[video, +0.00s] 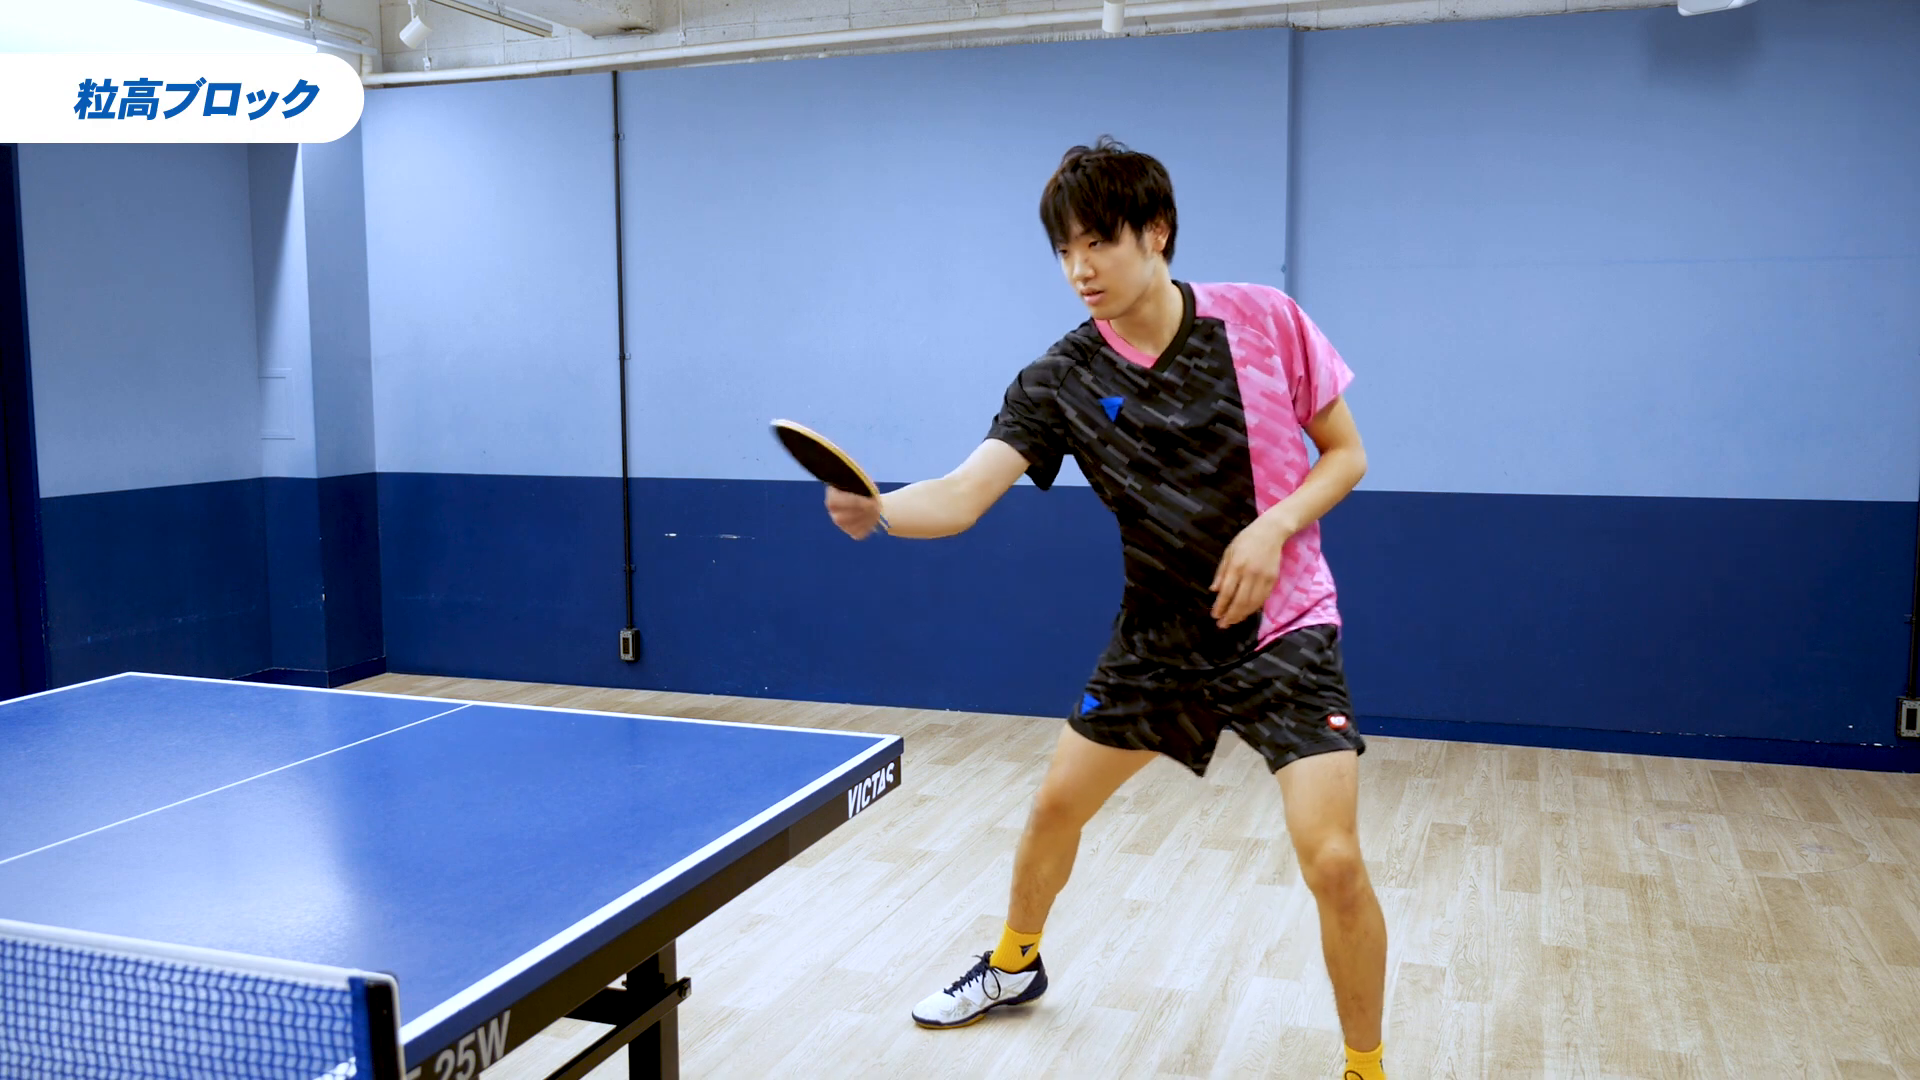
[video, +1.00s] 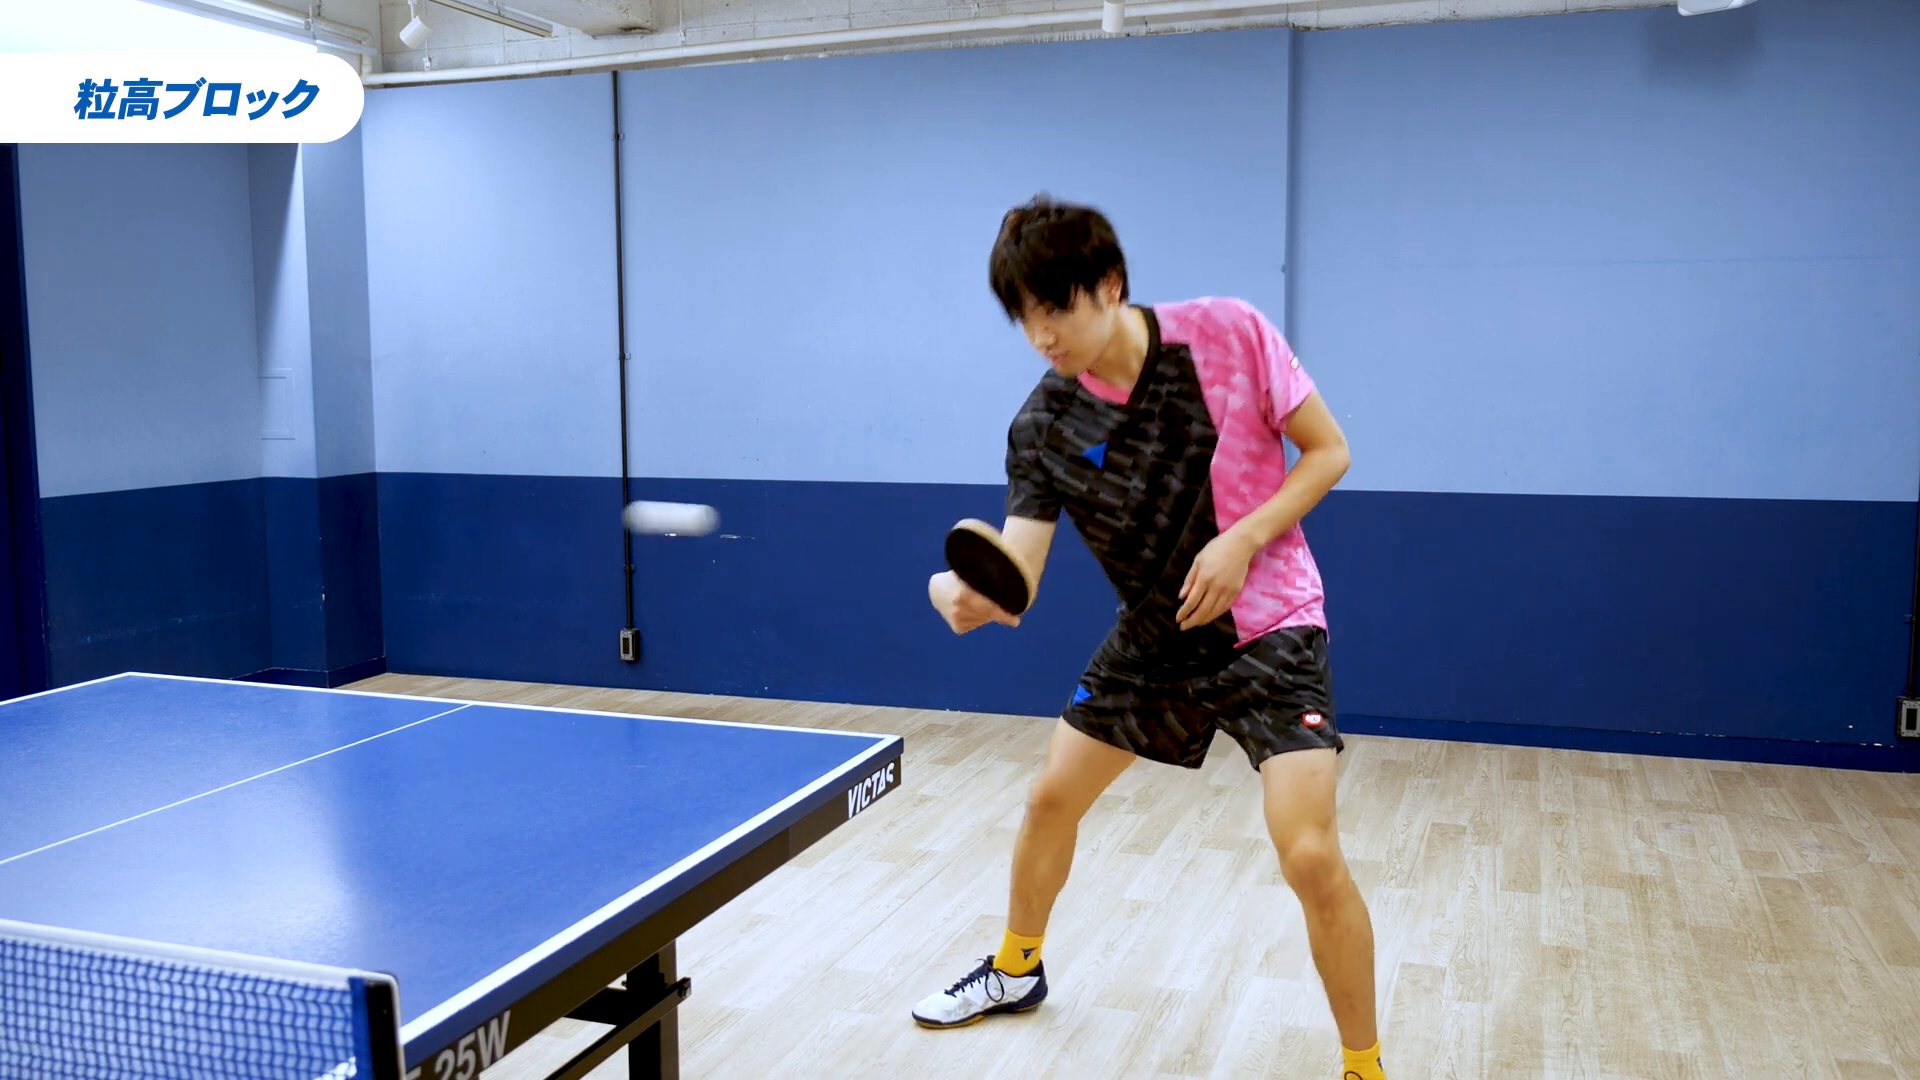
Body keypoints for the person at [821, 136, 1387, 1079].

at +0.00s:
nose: (1080, 266)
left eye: (1098, 240)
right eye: (1065, 246)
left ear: (1157, 235)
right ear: (1057, 256)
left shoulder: (1264, 320)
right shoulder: (1063, 378)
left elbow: (1346, 454)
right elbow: (961, 495)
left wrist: (1273, 529)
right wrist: (881, 510)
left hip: (1285, 625)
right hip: (1162, 626)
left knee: (1336, 866)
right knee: (1057, 803)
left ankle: (1366, 1067)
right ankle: (1013, 966)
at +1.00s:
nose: (1039, 334)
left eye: (1053, 306)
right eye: (1024, 317)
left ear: (1109, 285)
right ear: (1015, 319)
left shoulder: (1229, 333)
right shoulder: (1045, 422)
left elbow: (1329, 452)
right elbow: (1016, 580)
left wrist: (1241, 542)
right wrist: (965, 596)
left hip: (1271, 624)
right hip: (1153, 630)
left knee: (1309, 855)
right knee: (1051, 798)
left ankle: (1363, 1065)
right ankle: (1016, 967)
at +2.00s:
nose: (1023, 380)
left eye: (1036, 353)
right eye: (1010, 362)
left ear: (1094, 332)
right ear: (1007, 362)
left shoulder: (1214, 399)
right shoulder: (1056, 451)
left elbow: (1317, 529)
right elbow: (1057, 578)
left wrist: (1195, 609)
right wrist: (1013, 620)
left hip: (1257, 667)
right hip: (1151, 669)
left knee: (1257, 893)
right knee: (1011, 813)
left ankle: (1357, 1069)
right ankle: (1023, 973)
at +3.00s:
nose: (992, 278)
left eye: (1009, 255)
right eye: (981, 261)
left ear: (1067, 249)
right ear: (981, 268)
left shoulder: (1168, 339)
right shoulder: (1026, 385)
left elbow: (1260, 475)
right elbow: (1054, 521)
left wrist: (1130, 539)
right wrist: (995, 599)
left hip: (1213, 634)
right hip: (1110, 635)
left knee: (1255, 859)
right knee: (1013, 793)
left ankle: (1354, 1064)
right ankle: (1024, 971)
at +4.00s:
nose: (1055, 258)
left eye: (1074, 235)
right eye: (1043, 240)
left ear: (1132, 233)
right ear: (1034, 249)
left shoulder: (1235, 327)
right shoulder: (1044, 381)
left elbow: (1323, 464)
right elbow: (1022, 536)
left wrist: (1219, 531)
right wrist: (967, 607)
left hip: (1242, 630)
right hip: (1127, 630)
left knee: (1291, 870)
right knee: (1024, 797)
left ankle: (1357, 1066)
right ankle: (1020, 964)